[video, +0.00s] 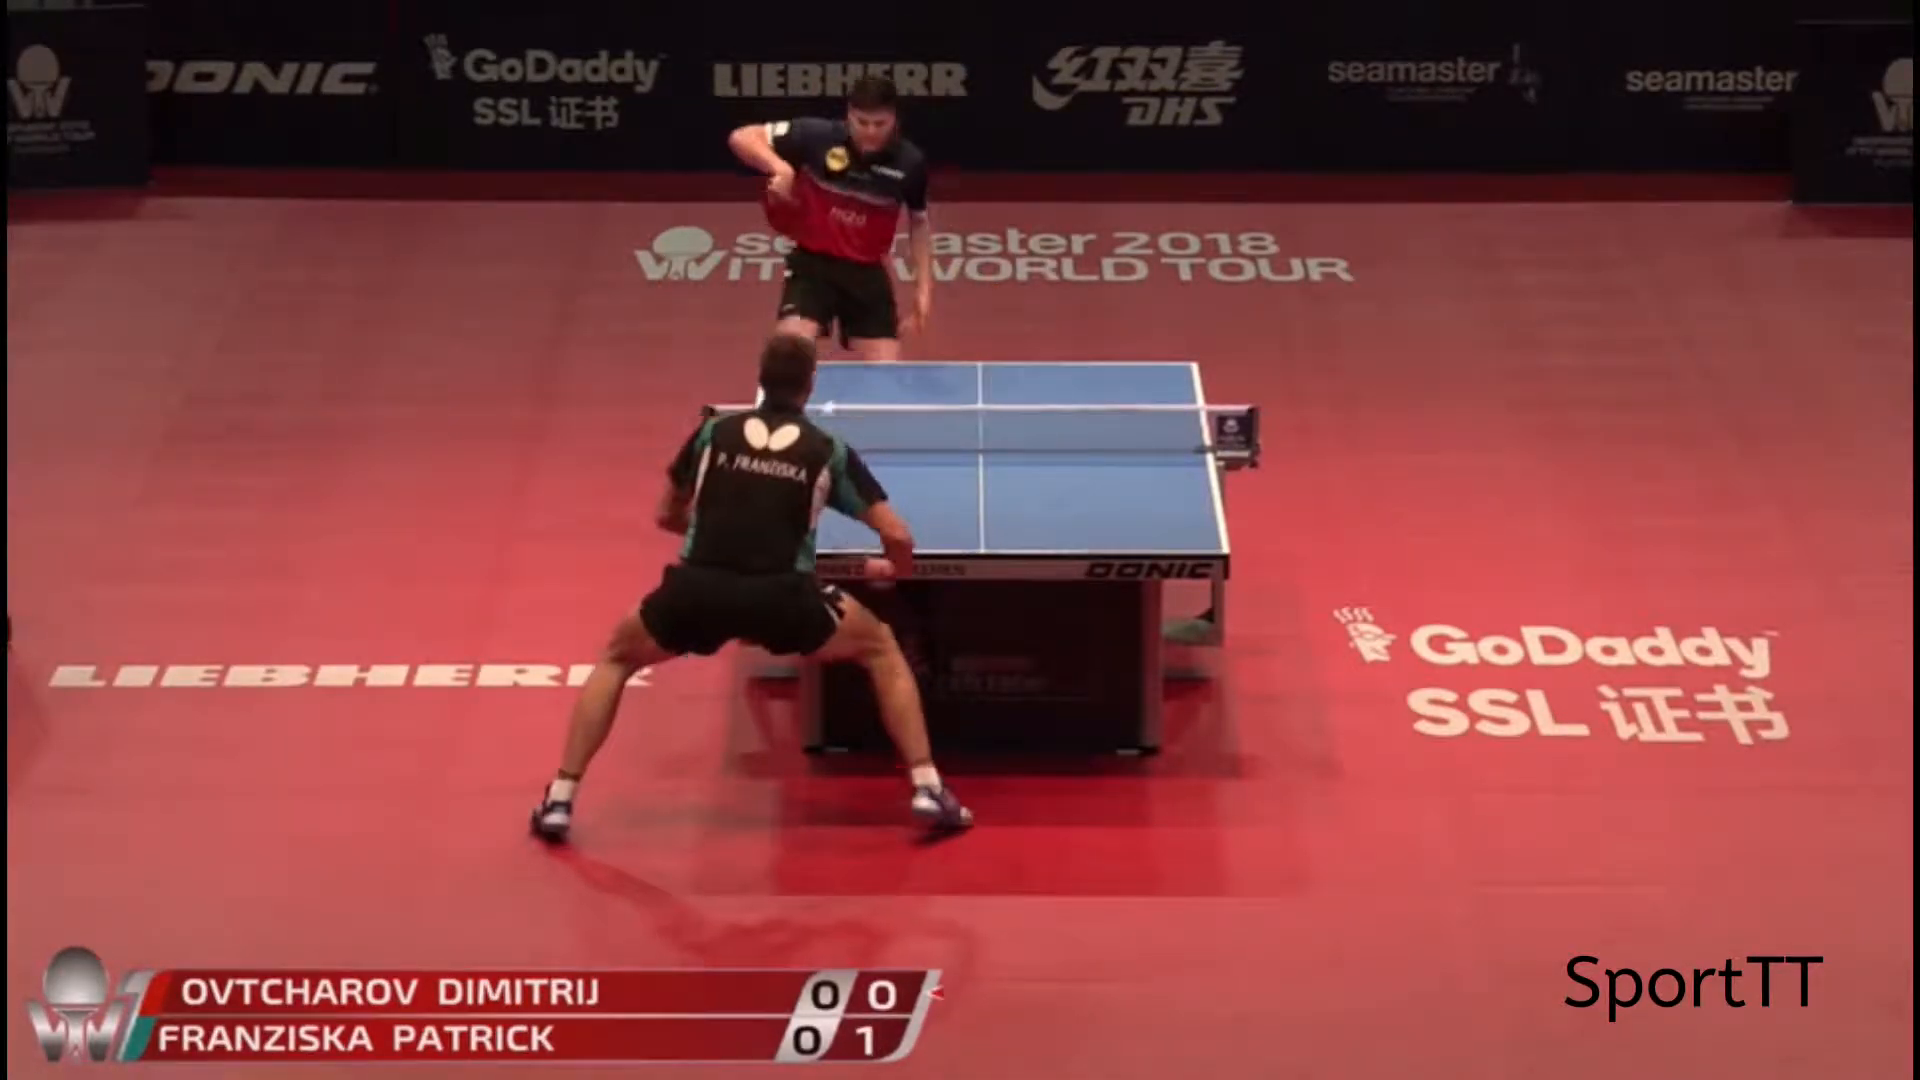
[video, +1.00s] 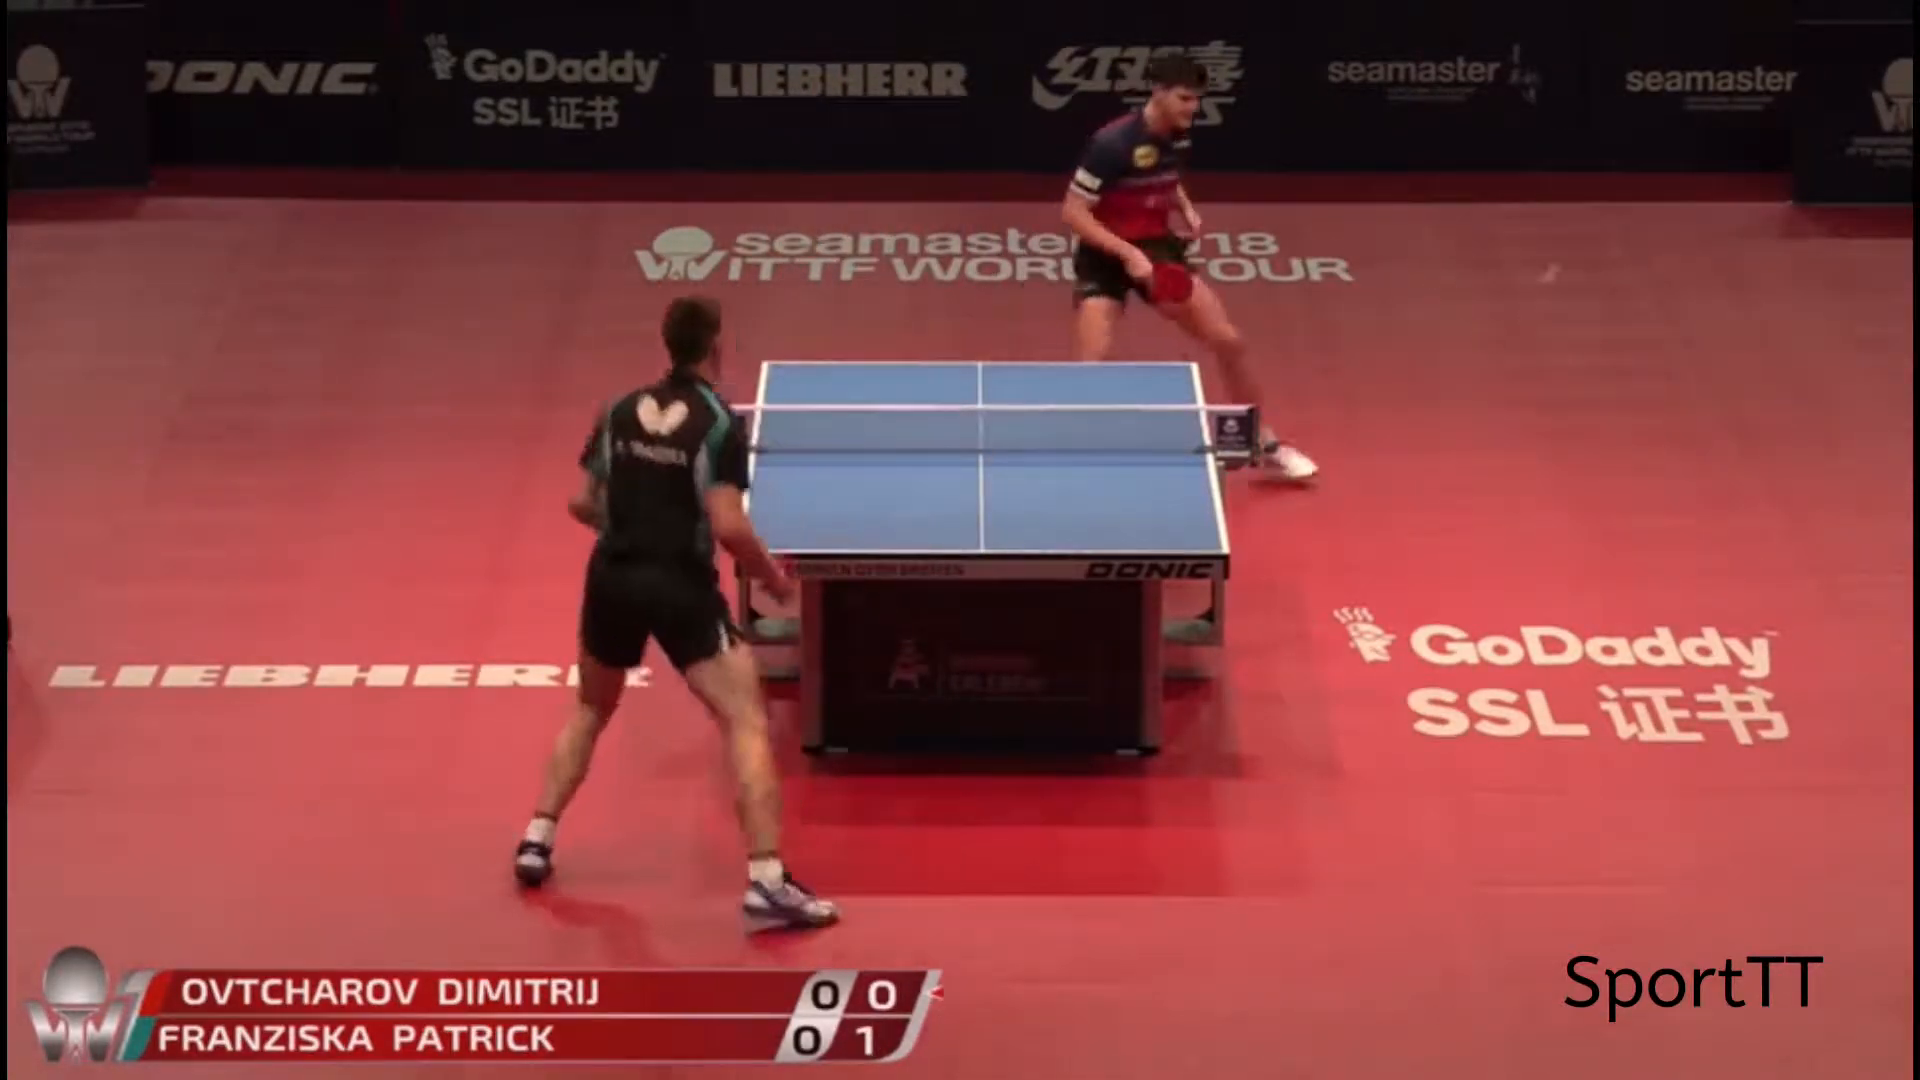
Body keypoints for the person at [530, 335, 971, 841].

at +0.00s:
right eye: (808, 372)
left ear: (760, 377)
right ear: (810, 384)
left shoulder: (714, 430)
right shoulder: (828, 449)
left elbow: (669, 514)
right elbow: (897, 535)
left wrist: (705, 527)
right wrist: (898, 569)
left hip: (699, 592)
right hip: (783, 599)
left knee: (617, 659)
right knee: (879, 648)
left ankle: (560, 798)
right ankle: (928, 788)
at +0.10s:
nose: (781, 426)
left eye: (769, 418)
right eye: (797, 420)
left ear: (757, 424)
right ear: (807, 428)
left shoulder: (722, 475)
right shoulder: (835, 480)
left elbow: (699, 526)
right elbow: (906, 539)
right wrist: (866, 589)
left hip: (716, 634)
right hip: (800, 640)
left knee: (626, 662)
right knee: (903, 658)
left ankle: (563, 797)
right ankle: (944, 804)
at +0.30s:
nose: (794, 419)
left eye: (779, 409)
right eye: (793, 412)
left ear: (739, 412)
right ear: (789, 418)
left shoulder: (695, 465)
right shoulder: (807, 474)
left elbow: (639, 514)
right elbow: (904, 509)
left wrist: (664, 481)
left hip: (686, 633)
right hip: (768, 639)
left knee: (615, 665)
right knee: (883, 662)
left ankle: (557, 796)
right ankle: (943, 806)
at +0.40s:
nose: (788, 409)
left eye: (779, 399)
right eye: (787, 401)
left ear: (734, 400)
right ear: (781, 406)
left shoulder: (684, 453)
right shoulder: (793, 465)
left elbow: (625, 507)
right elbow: (882, 511)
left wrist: (641, 479)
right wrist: (968, 495)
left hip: (677, 623)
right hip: (759, 628)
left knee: (610, 665)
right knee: (874, 667)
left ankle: (556, 797)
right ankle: (942, 803)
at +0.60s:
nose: (778, 359)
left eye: (775, 351)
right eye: (777, 352)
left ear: (721, 352)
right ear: (769, 358)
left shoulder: (672, 402)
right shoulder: (762, 423)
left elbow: (614, 473)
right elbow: (803, 515)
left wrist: (662, 496)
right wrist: (885, 526)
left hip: (636, 567)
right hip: (709, 578)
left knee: (603, 673)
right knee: (823, 667)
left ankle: (548, 806)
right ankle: (863, 820)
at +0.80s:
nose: (784, 363)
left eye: (779, 354)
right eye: (783, 356)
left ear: (726, 356)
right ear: (773, 362)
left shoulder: (677, 409)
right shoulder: (772, 432)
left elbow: (620, 496)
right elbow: (788, 541)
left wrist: (655, 537)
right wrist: (848, 571)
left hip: (634, 566)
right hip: (706, 580)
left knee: (598, 681)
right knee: (789, 714)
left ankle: (536, 810)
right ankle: (779, 858)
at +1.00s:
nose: (725, 355)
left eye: (720, 346)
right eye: (723, 347)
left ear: (666, 348)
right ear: (713, 351)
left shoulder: (619, 411)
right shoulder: (720, 421)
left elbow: (585, 503)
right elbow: (728, 524)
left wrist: (634, 527)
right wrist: (769, 573)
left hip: (611, 579)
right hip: (683, 586)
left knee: (589, 710)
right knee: (746, 722)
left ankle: (538, 838)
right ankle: (767, 878)